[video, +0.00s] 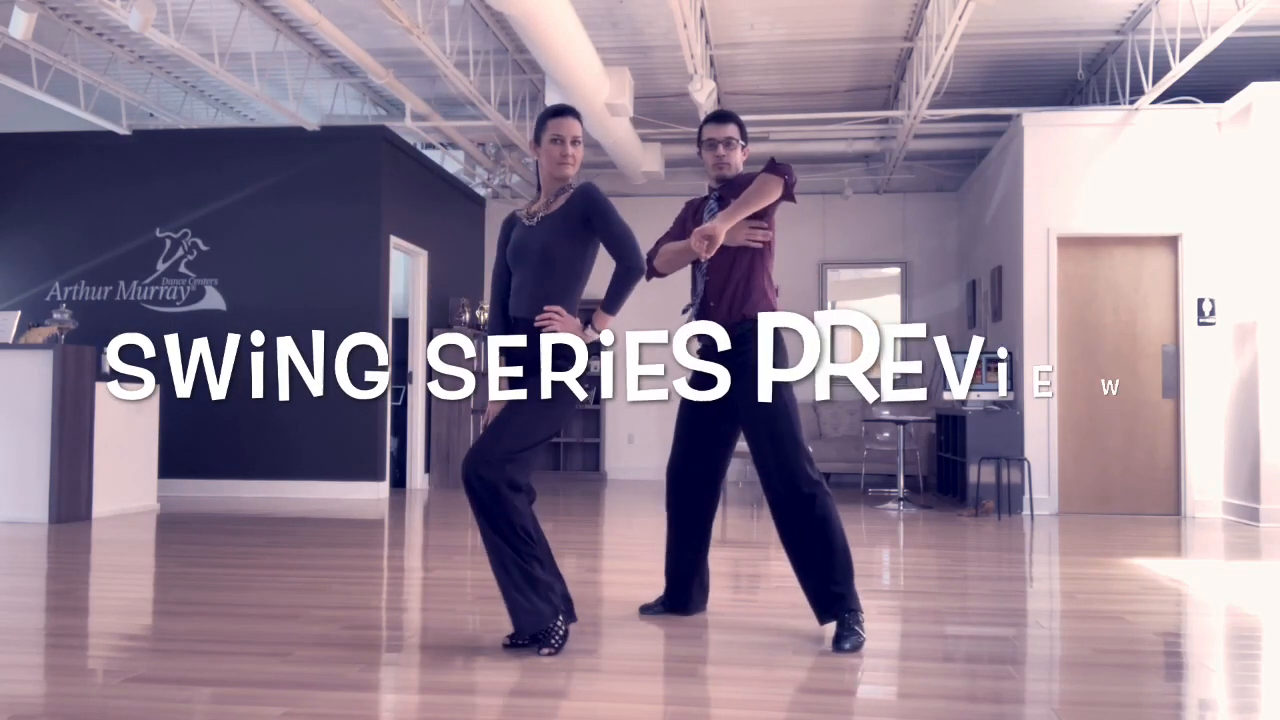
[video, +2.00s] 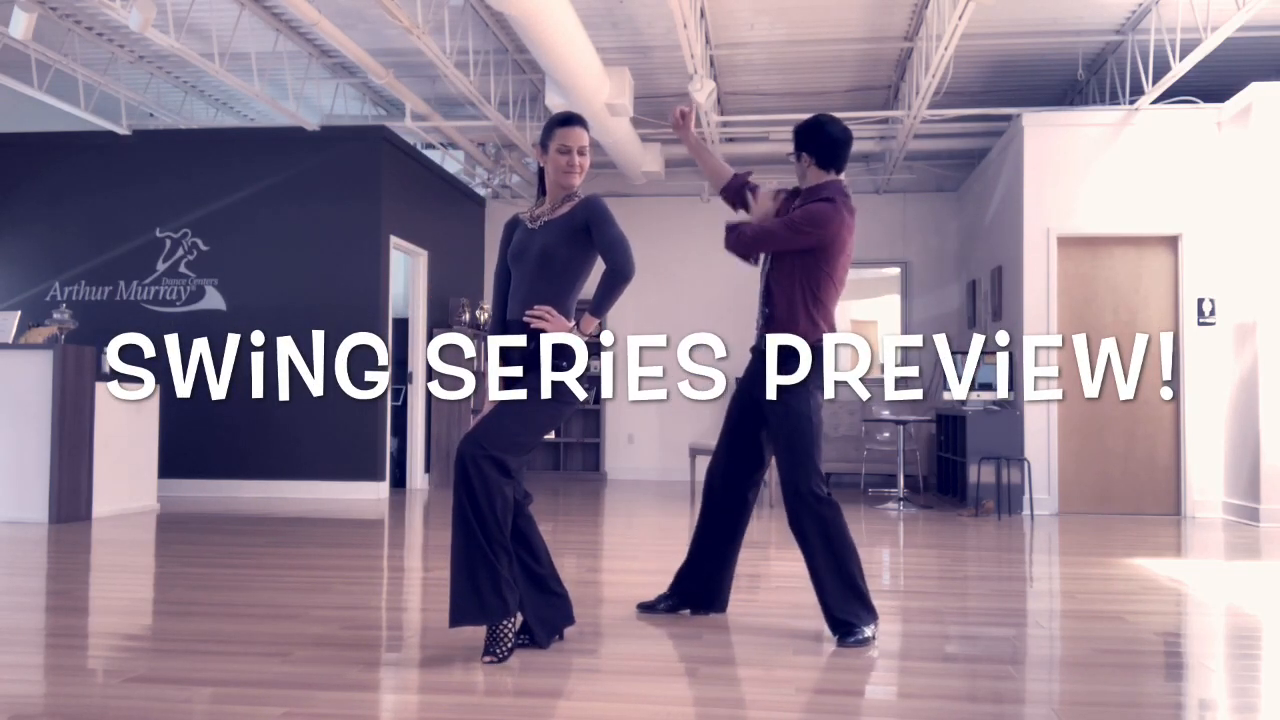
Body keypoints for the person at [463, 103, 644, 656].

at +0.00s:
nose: (568, 151)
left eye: (576, 142)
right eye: (557, 141)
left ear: (584, 151)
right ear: (536, 149)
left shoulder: (587, 201)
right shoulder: (516, 222)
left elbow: (633, 262)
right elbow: (500, 304)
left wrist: (592, 328)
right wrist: (496, 384)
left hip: (561, 366)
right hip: (519, 367)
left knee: (484, 468)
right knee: (498, 480)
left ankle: (549, 609)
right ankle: (538, 614)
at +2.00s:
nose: (575, 161)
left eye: (583, 152)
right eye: (564, 151)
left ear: (591, 160)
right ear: (541, 156)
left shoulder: (589, 209)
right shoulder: (517, 225)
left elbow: (622, 267)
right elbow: (500, 310)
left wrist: (583, 326)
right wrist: (492, 386)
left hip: (559, 369)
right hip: (516, 368)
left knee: (476, 451)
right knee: (499, 482)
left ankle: (505, 605)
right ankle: (546, 608)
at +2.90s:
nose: (575, 137)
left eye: (584, 129)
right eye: (566, 128)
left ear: (594, 140)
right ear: (548, 137)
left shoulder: (597, 198)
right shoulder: (533, 212)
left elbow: (634, 244)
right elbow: (509, 285)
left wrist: (584, 292)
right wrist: (492, 338)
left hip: (567, 352)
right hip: (523, 351)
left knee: (521, 472)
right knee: (511, 474)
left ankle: (551, 614)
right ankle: (539, 613)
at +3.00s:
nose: (577, 138)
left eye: (587, 130)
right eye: (568, 128)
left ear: (598, 142)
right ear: (551, 138)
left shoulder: (601, 200)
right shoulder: (532, 205)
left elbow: (644, 221)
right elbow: (493, 277)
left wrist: (570, 221)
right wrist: (496, 300)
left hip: (575, 349)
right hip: (532, 347)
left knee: (520, 469)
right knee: (523, 475)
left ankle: (551, 619)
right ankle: (585, 599)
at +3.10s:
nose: (582, 156)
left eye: (592, 149)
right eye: (574, 145)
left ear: (602, 150)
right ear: (554, 140)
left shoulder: (606, 203)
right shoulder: (529, 209)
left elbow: (664, 174)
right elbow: (472, 279)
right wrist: (519, 256)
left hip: (578, 350)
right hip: (535, 349)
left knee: (517, 463)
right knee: (544, 478)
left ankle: (548, 614)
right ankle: (593, 607)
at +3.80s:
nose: (598, 158)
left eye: (607, 151)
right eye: (589, 149)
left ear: (615, 162)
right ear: (569, 157)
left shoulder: (622, 216)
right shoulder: (539, 227)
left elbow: (671, 226)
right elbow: (519, 303)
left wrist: (666, 177)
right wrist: (527, 325)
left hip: (595, 369)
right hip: (547, 368)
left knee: (512, 466)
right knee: (533, 490)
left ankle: (535, 615)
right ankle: (587, 609)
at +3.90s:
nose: (600, 154)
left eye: (609, 145)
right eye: (590, 145)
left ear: (620, 153)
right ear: (572, 152)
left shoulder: (630, 212)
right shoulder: (546, 218)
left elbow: (613, 279)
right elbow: (516, 279)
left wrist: (595, 218)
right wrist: (488, 313)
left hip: (600, 361)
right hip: (547, 359)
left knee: (532, 459)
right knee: (533, 476)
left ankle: (540, 614)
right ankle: (588, 606)